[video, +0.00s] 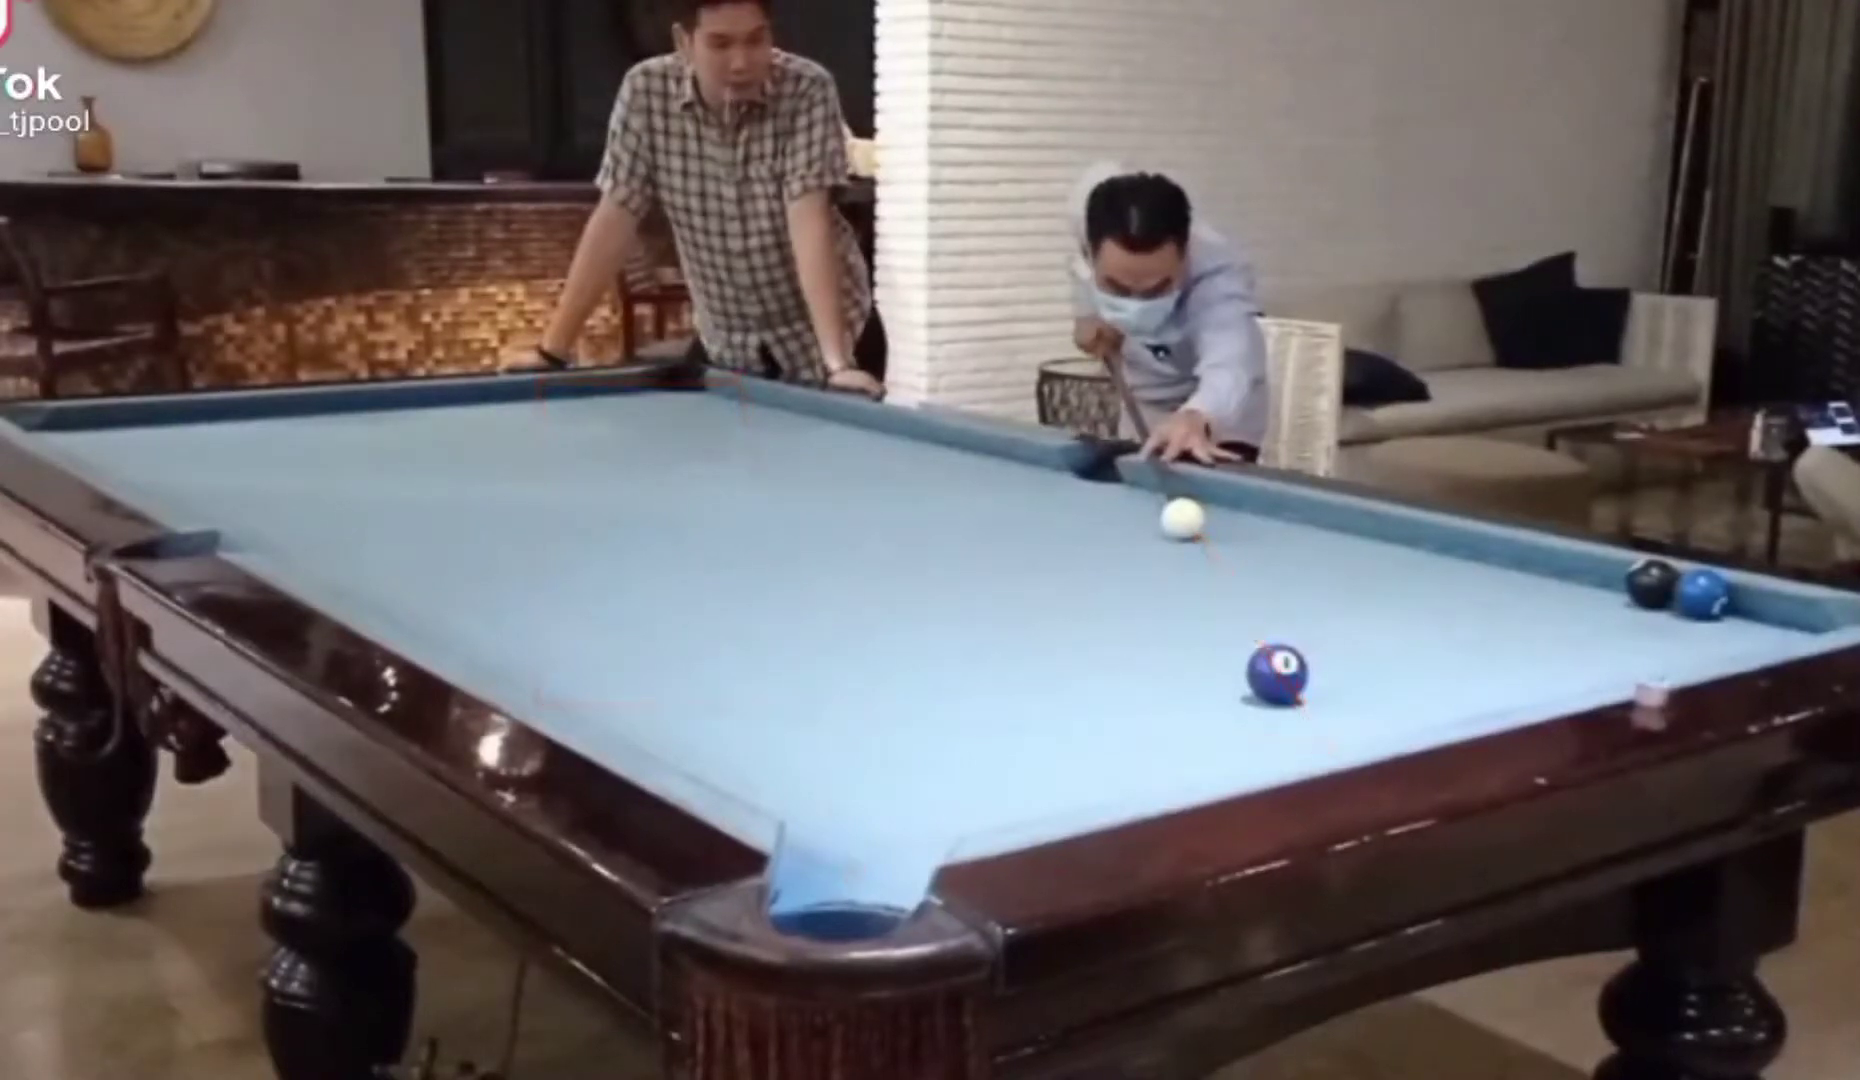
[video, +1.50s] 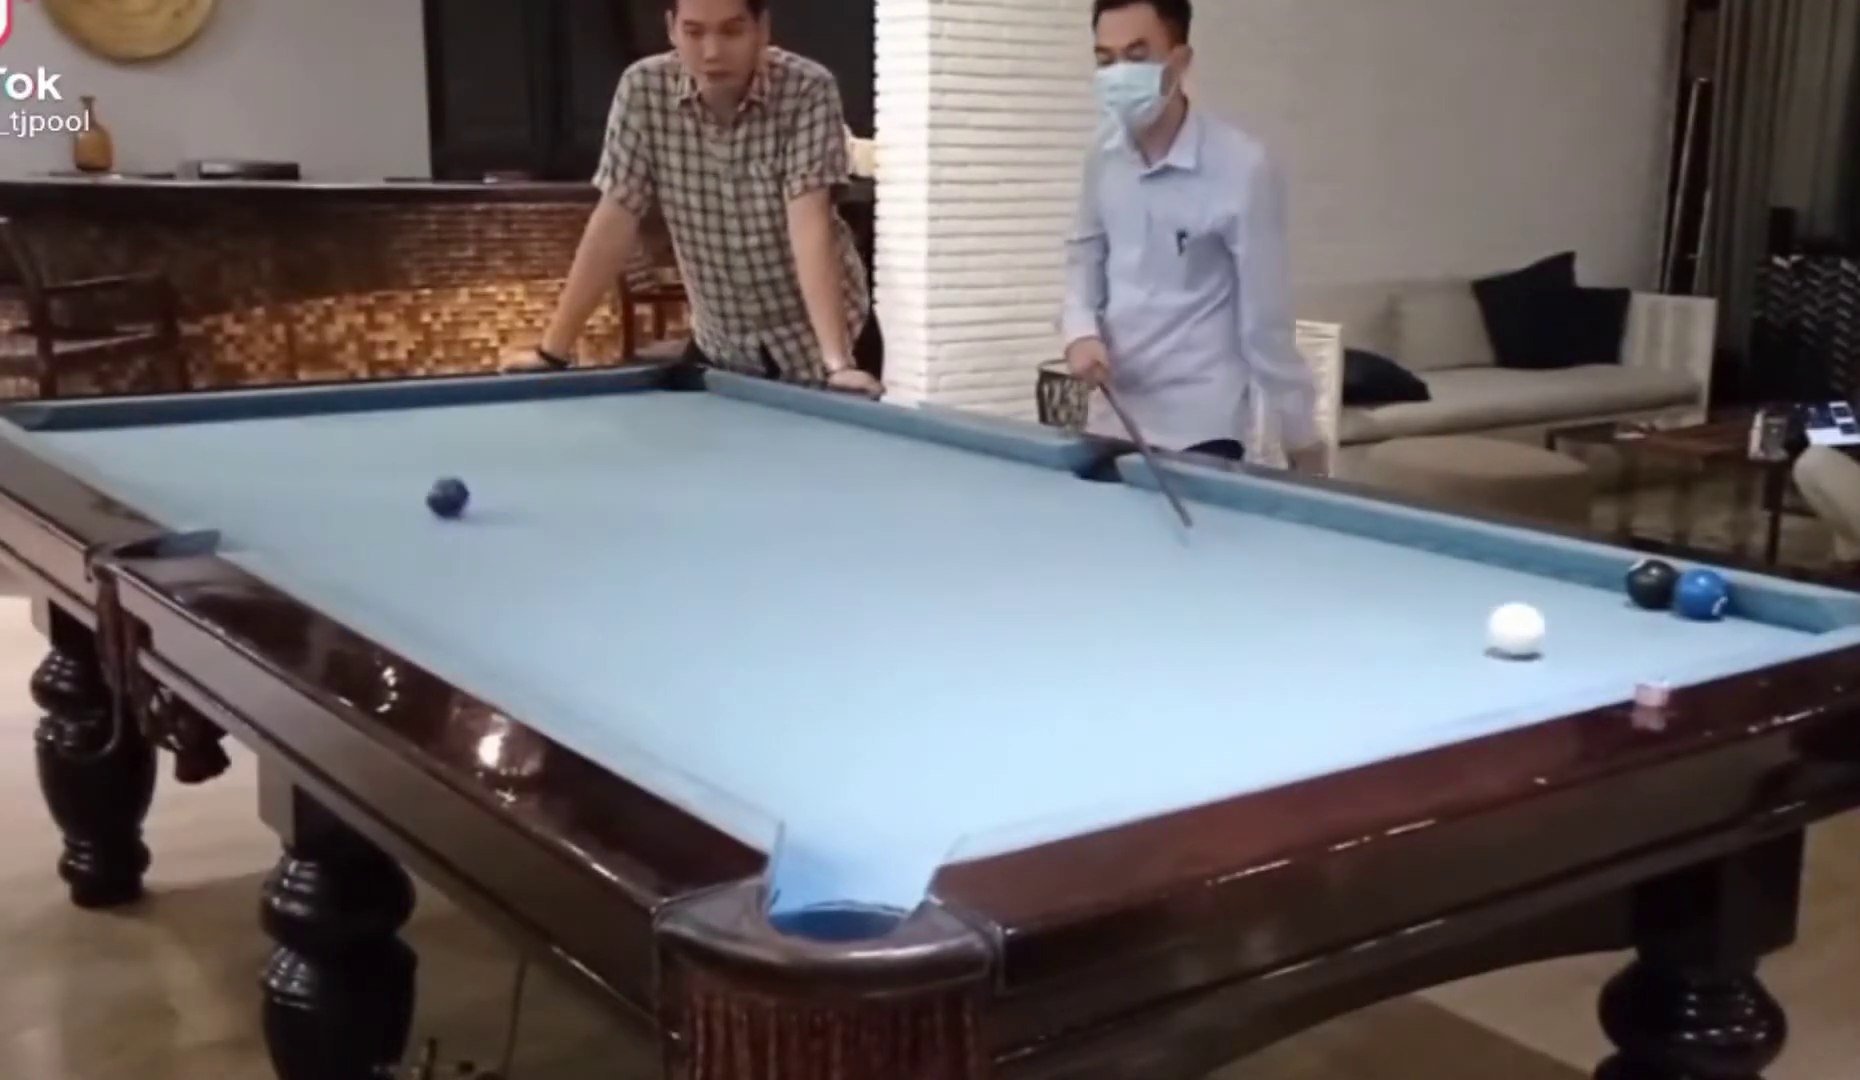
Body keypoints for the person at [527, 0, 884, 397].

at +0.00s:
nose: (740, 62)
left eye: (755, 41)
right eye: (720, 44)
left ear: (771, 36)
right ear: (684, 44)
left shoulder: (806, 90)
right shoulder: (647, 91)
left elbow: (809, 216)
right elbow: (616, 213)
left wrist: (838, 363)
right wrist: (553, 351)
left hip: (824, 343)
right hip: (725, 345)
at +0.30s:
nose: (741, 62)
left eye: (756, 41)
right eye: (720, 44)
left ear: (771, 34)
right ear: (684, 44)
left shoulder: (808, 90)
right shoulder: (648, 92)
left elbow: (811, 216)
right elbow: (616, 216)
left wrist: (838, 363)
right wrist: (553, 351)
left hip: (829, 342)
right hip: (727, 344)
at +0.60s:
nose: (751, 65)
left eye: (763, 42)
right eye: (729, 47)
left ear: (778, 35)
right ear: (691, 46)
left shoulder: (812, 89)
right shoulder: (651, 93)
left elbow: (813, 213)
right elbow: (618, 214)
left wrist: (837, 362)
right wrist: (553, 350)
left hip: (834, 342)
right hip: (730, 345)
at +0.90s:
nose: (751, 58)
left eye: (765, 37)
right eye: (730, 39)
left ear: (781, 35)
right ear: (693, 41)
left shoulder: (814, 88)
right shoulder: (651, 91)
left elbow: (814, 213)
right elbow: (619, 214)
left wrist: (838, 362)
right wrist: (553, 351)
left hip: (829, 344)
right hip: (727, 346)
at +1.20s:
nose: (736, 53)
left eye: (754, 31)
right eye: (716, 34)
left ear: (775, 30)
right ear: (685, 35)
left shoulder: (812, 89)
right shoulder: (647, 90)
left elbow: (813, 216)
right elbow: (616, 217)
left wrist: (838, 362)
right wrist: (552, 352)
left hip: (824, 350)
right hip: (722, 351)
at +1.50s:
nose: (712, 52)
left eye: (731, 31)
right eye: (695, 32)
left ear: (762, 29)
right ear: (672, 31)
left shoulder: (806, 89)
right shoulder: (644, 90)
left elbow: (810, 219)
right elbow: (615, 217)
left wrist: (837, 361)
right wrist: (553, 351)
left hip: (822, 347)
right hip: (722, 348)